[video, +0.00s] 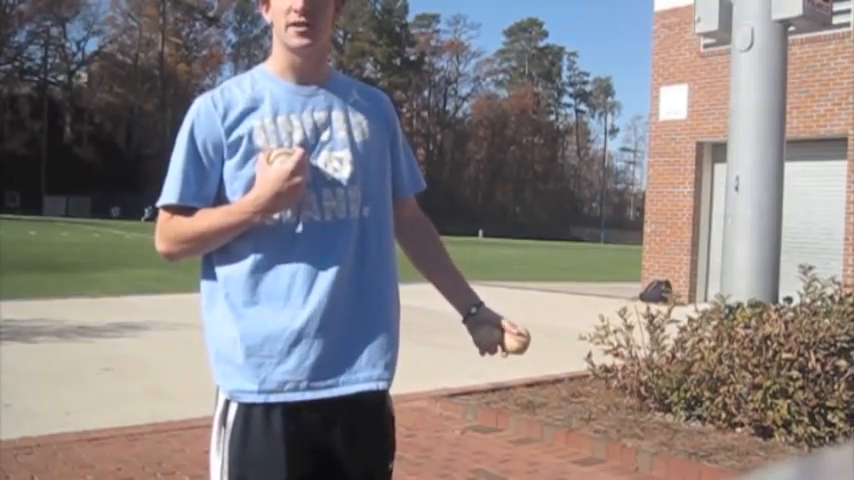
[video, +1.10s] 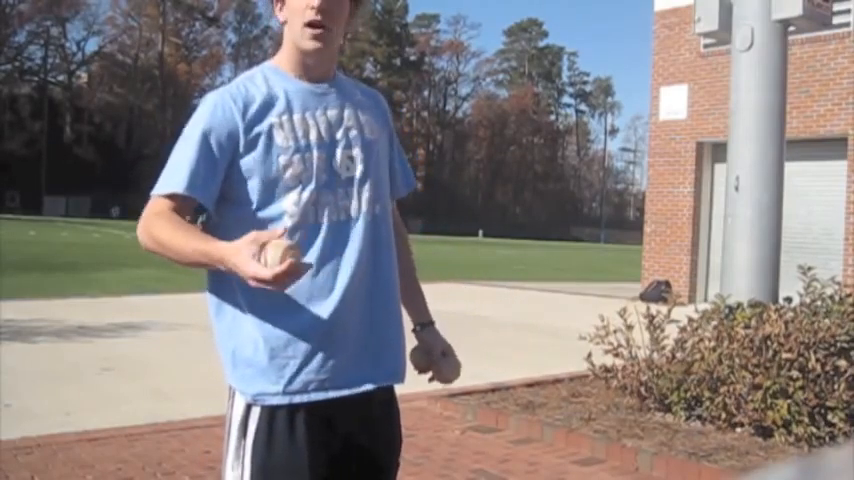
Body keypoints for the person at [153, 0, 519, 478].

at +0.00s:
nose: (303, 9)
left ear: (339, 10)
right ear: (266, 9)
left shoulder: (374, 109)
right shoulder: (217, 112)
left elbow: (409, 219)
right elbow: (169, 239)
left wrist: (474, 312)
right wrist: (257, 203)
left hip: (359, 383)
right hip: (260, 389)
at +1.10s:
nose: (319, 8)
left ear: (351, 14)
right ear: (280, 9)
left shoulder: (371, 107)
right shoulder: (232, 107)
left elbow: (389, 221)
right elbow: (155, 223)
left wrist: (423, 326)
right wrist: (228, 254)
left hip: (369, 381)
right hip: (277, 391)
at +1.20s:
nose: (306, 9)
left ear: (351, 14)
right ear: (281, 8)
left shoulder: (378, 111)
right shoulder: (230, 106)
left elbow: (395, 226)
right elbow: (133, 211)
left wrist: (422, 333)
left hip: (369, 383)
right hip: (273, 390)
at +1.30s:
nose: (304, 9)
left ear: (354, 16)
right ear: (283, 9)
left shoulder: (382, 112)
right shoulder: (229, 104)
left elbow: (399, 231)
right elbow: (122, 193)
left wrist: (423, 338)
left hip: (367, 387)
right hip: (269, 393)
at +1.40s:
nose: (302, 7)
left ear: (357, 15)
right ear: (285, 7)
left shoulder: (387, 113)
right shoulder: (229, 100)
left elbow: (404, 235)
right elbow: (109, 156)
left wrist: (427, 342)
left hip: (366, 393)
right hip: (266, 398)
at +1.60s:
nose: (300, 10)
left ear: (357, 13)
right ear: (285, 8)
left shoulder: (393, 116)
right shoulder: (229, 93)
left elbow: (410, 237)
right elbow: (101, 110)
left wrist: (442, 344)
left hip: (364, 395)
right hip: (263, 397)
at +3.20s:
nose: (316, 10)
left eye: (331, 0)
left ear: (352, 13)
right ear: (281, 11)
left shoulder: (379, 111)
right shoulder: (250, 94)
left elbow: (399, 228)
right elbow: (181, 109)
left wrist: (436, 334)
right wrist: (118, 80)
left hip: (367, 384)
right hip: (274, 386)